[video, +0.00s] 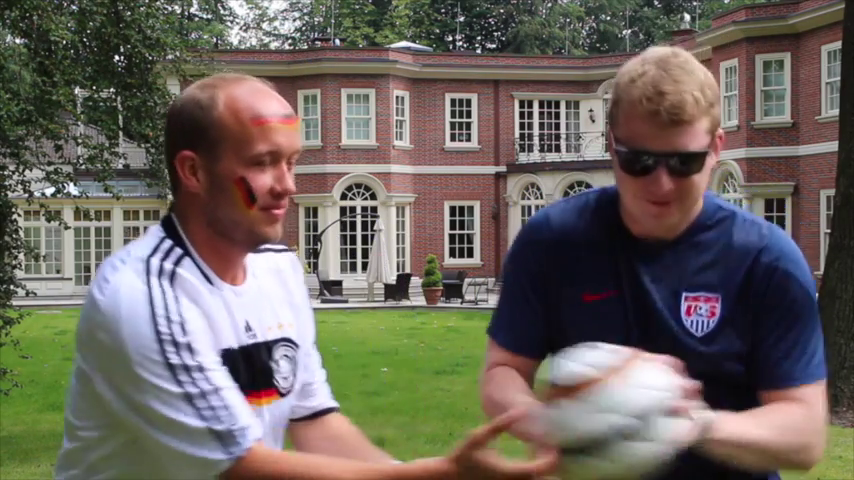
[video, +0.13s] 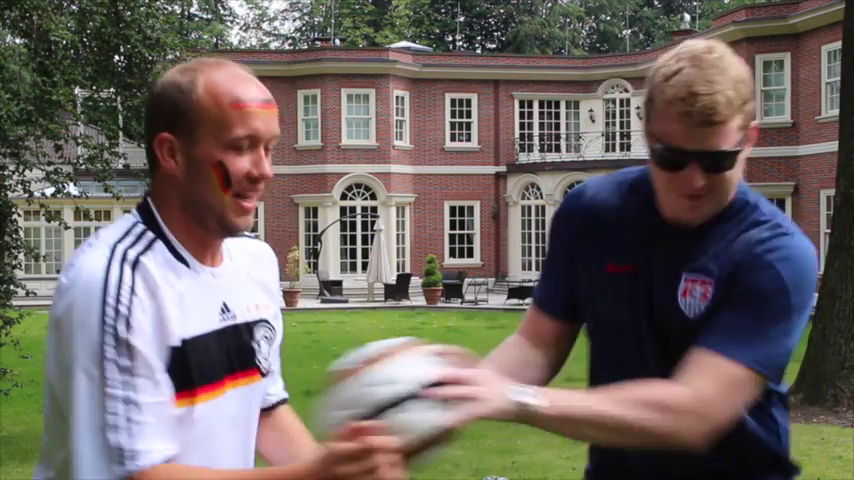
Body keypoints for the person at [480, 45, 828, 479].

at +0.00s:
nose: (661, 183)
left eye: (684, 161)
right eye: (638, 160)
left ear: (716, 148)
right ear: (611, 145)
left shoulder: (768, 259)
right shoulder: (552, 238)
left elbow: (804, 433)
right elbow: (503, 371)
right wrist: (546, 425)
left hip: (720, 466)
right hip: (587, 465)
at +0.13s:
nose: (692, 182)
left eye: (716, 162)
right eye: (670, 158)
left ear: (748, 138)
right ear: (646, 136)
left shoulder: (777, 256)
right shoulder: (590, 212)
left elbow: (693, 414)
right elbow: (535, 344)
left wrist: (516, 401)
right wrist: (434, 412)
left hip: (740, 472)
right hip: (619, 469)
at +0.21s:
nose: (714, 176)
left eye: (739, 155)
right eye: (693, 150)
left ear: (771, 133)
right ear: (675, 126)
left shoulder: (784, 249)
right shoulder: (620, 197)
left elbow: (640, 362)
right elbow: (550, 325)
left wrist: (456, 373)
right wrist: (442, 385)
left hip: (763, 469)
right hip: (643, 467)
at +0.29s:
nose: (720, 182)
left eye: (744, 160)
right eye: (700, 156)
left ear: (781, 140)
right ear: (683, 130)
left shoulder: (798, 255)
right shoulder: (645, 203)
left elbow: (650, 374)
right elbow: (586, 320)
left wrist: (486, 330)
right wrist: (479, 370)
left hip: (778, 467)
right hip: (666, 466)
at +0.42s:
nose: (716, 211)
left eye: (738, 191)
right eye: (698, 187)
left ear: (785, 172)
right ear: (683, 167)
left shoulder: (824, 279)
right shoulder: (677, 234)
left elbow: (728, 437)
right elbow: (660, 334)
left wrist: (587, 361)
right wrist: (560, 408)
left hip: (815, 469)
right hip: (714, 464)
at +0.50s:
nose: (700, 225)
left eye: (720, 211)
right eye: (686, 205)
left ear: (776, 192)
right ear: (677, 189)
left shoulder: (833, 283)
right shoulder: (683, 252)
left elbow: (829, 459)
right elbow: (687, 353)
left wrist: (675, 449)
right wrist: (651, 444)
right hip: (742, 467)